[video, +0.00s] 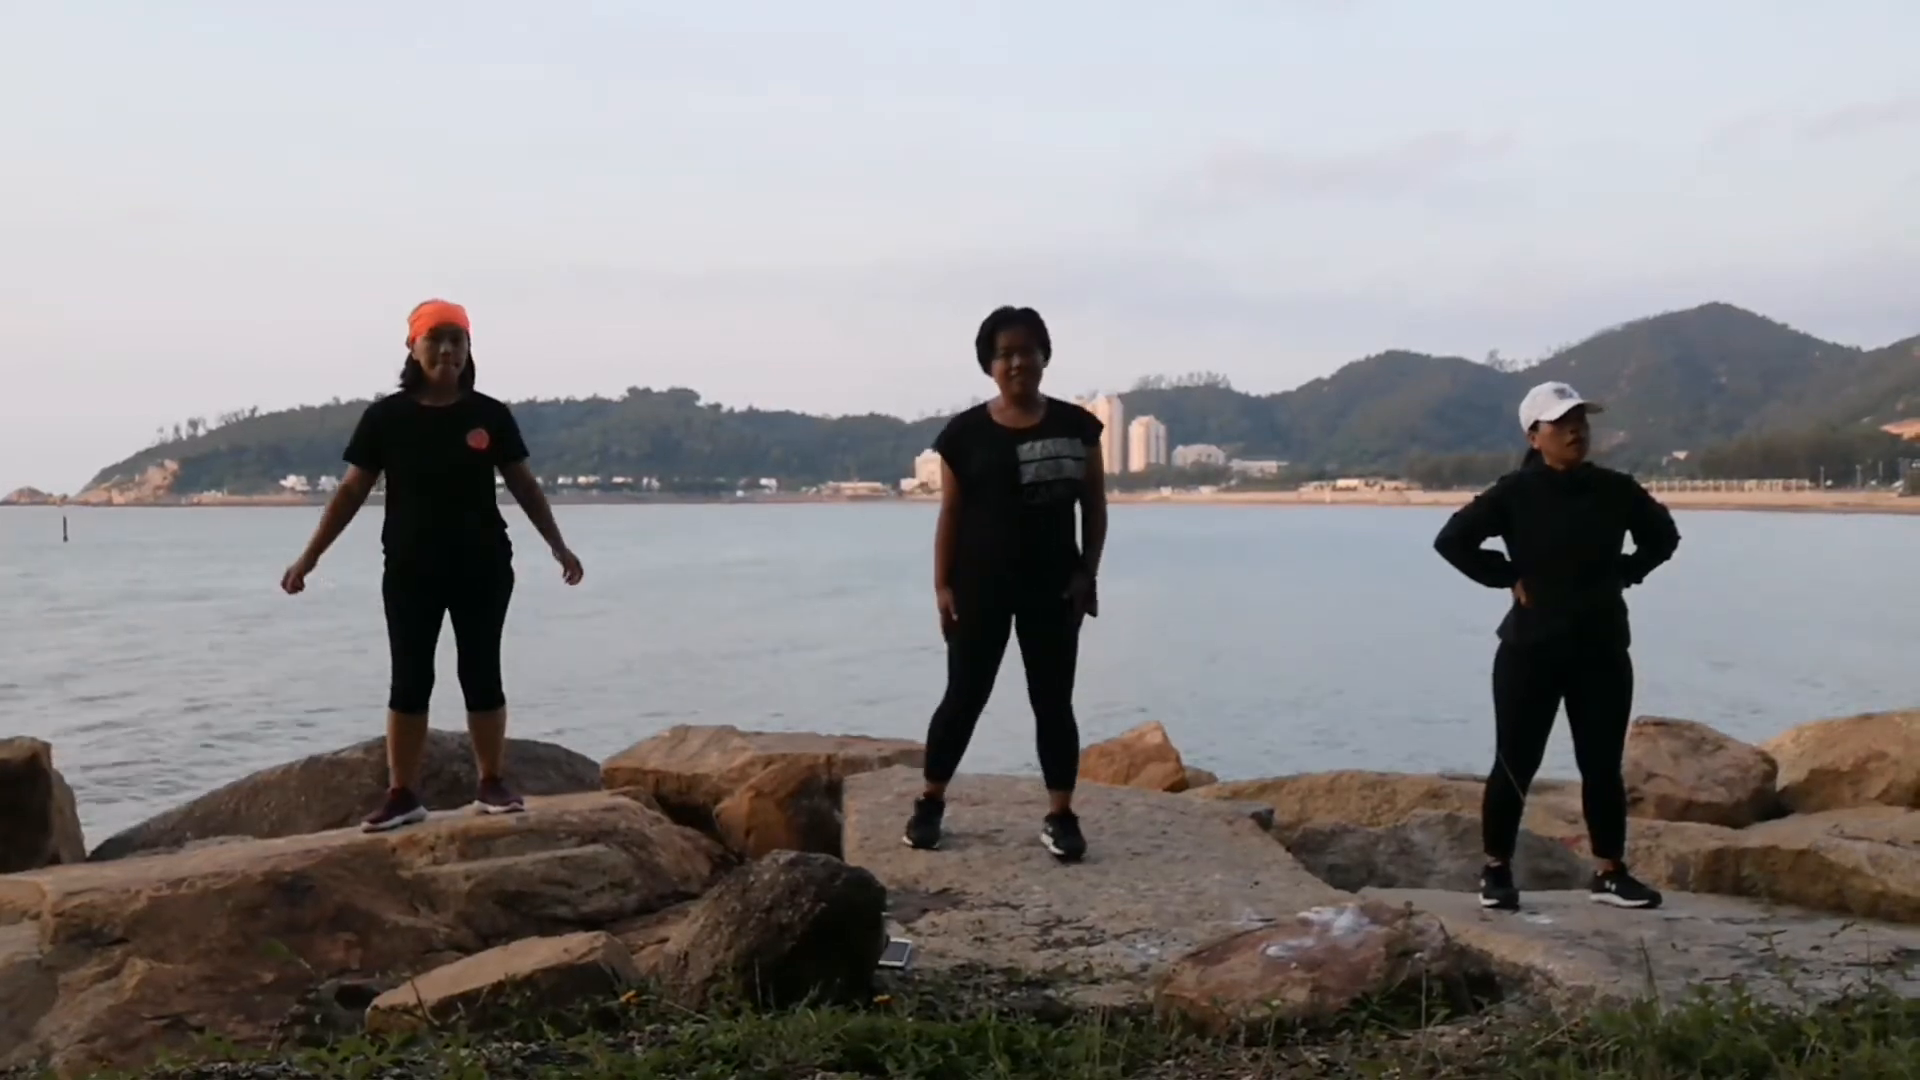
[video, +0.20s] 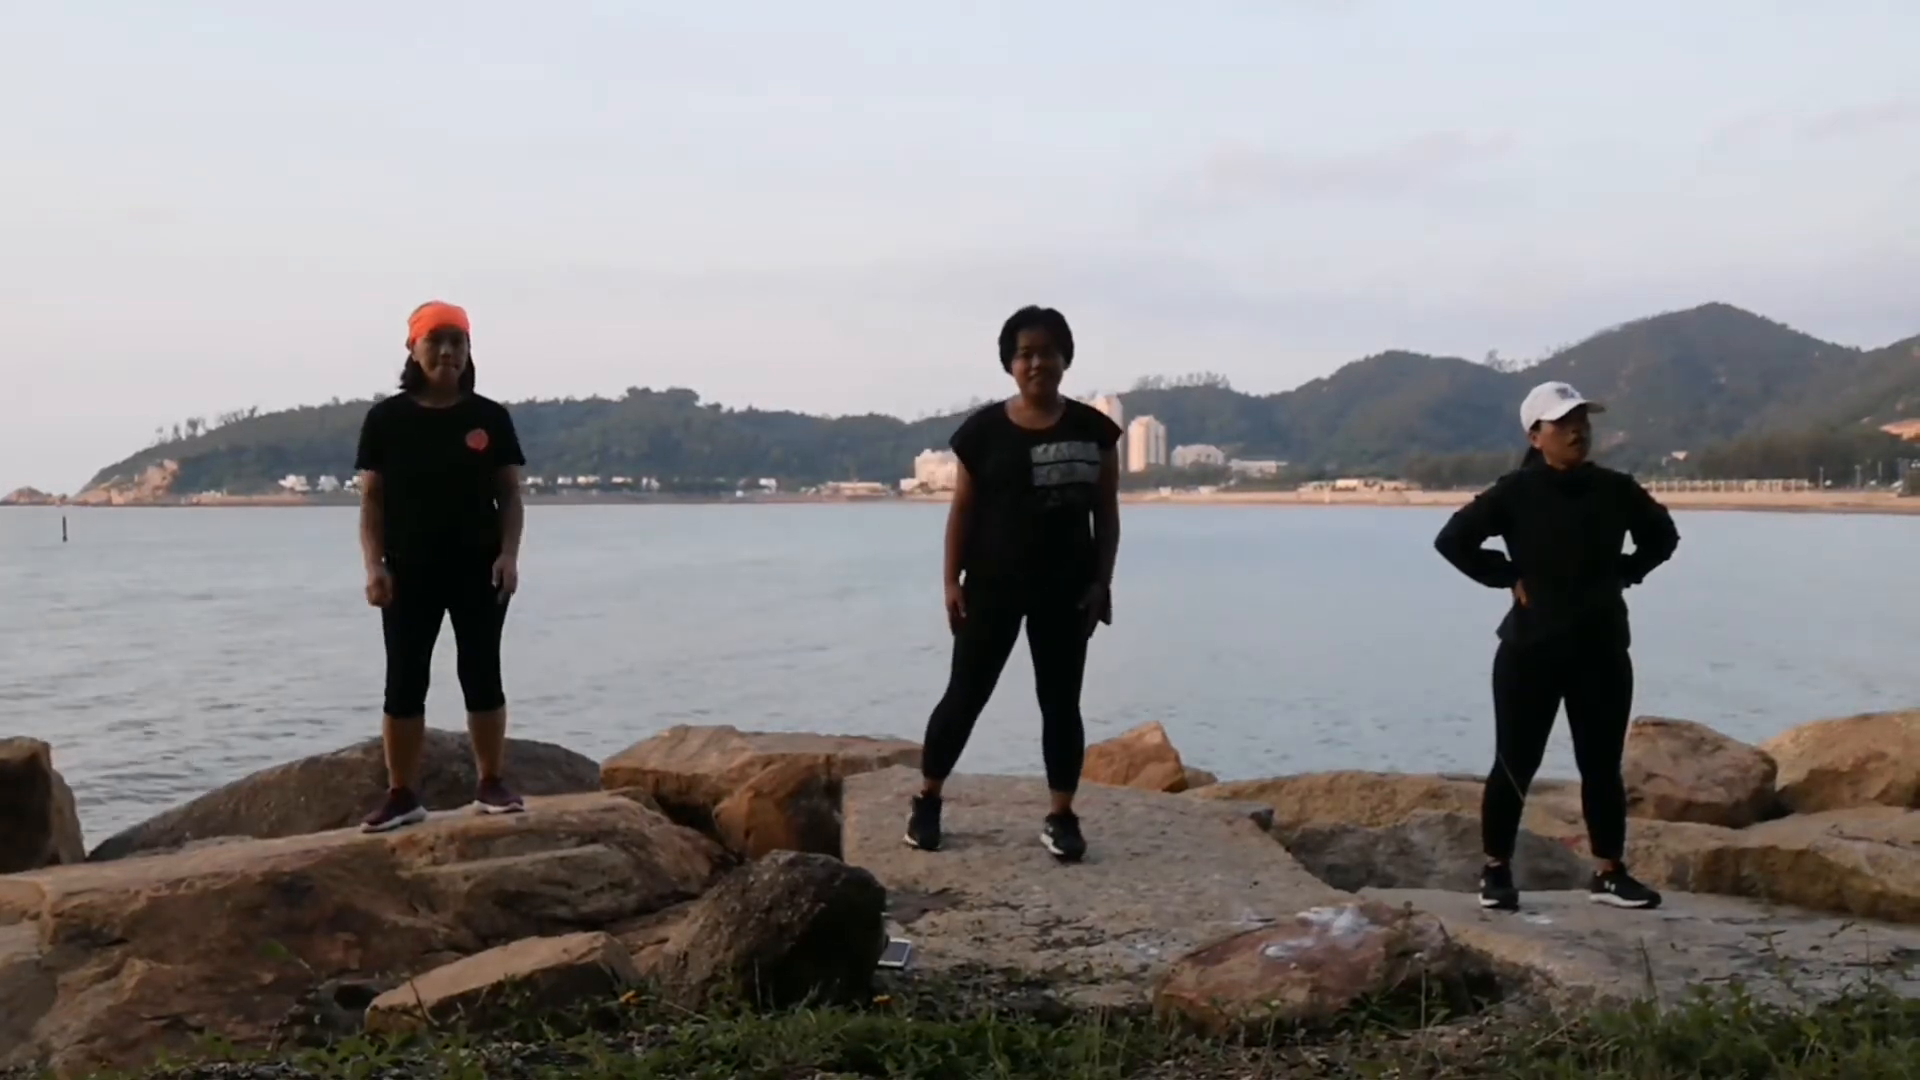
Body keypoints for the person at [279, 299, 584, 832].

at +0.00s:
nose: (446, 348)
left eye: (455, 339)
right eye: (434, 339)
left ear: (468, 349)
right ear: (414, 348)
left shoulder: (490, 417)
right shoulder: (385, 417)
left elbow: (522, 484)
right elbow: (351, 492)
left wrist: (557, 545)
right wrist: (307, 558)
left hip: (480, 569)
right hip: (411, 571)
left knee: (482, 677)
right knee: (409, 683)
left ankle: (491, 784)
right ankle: (402, 793)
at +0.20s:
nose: (447, 350)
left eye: (456, 340)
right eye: (436, 341)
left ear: (468, 349)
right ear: (414, 349)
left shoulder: (491, 418)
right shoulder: (384, 418)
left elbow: (511, 493)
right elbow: (371, 497)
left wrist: (509, 553)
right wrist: (373, 565)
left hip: (477, 570)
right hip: (409, 571)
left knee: (482, 676)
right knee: (403, 684)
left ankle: (492, 783)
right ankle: (401, 793)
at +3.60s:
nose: (433, 349)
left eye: (441, 339)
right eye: (421, 340)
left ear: (452, 347)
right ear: (396, 350)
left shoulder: (475, 415)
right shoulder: (370, 419)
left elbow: (499, 486)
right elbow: (356, 497)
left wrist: (482, 533)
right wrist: (391, 550)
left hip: (467, 570)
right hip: (399, 572)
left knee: (470, 679)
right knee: (398, 685)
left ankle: (480, 787)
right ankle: (390, 798)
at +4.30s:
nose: (441, 351)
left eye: (445, 342)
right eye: (429, 343)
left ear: (449, 349)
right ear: (395, 351)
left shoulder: (468, 416)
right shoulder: (364, 423)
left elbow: (492, 493)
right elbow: (354, 505)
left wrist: (495, 553)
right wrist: (362, 574)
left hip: (464, 574)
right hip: (397, 577)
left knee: (468, 682)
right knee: (395, 689)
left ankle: (478, 788)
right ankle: (387, 798)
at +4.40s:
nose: (440, 351)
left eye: (443, 342)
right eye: (427, 343)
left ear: (446, 349)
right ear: (393, 352)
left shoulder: (466, 414)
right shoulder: (363, 423)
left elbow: (492, 484)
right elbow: (355, 503)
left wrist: (480, 535)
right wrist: (394, 554)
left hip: (464, 571)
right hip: (395, 574)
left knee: (467, 680)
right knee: (395, 686)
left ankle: (477, 789)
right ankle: (387, 798)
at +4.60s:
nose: (436, 352)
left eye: (439, 342)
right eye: (423, 344)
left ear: (443, 349)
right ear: (389, 353)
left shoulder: (464, 414)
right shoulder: (360, 424)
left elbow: (491, 483)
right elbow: (349, 505)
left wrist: (479, 534)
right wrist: (390, 548)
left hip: (463, 571)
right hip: (395, 574)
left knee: (466, 681)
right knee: (395, 687)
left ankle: (476, 789)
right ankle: (386, 799)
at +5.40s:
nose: (433, 354)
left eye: (437, 344)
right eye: (421, 346)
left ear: (441, 350)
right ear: (387, 354)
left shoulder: (462, 416)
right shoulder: (357, 424)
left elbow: (488, 489)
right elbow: (349, 506)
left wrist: (478, 540)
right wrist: (382, 559)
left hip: (458, 571)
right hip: (388, 574)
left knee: (462, 682)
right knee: (390, 688)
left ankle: (473, 790)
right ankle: (382, 799)